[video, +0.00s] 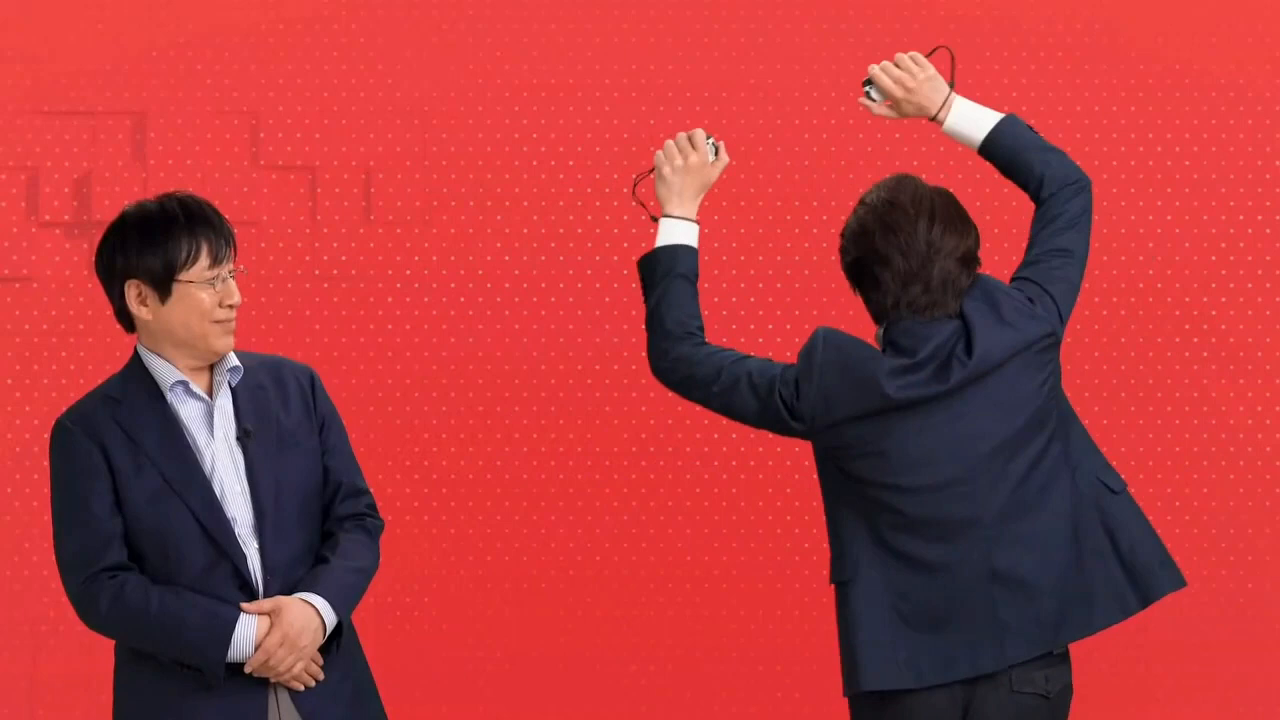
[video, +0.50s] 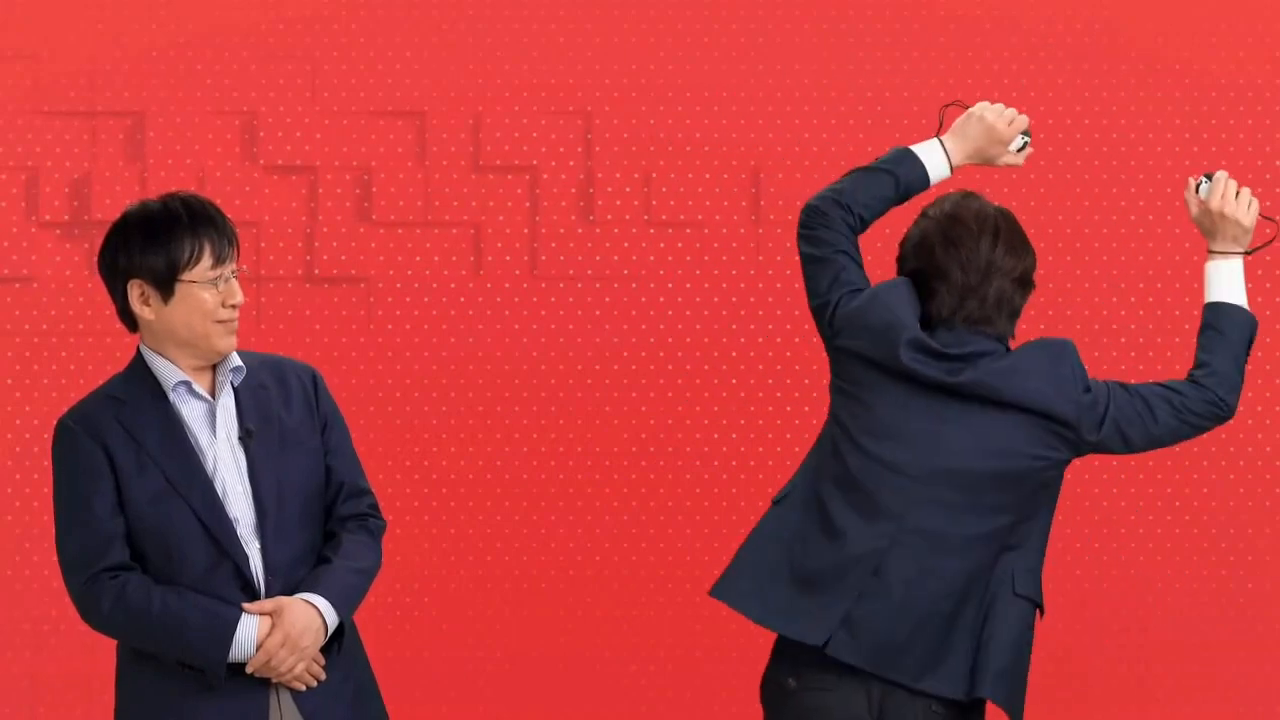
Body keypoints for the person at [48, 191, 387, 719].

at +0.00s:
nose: (233, 297)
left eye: (232, 277)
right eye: (210, 282)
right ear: (142, 300)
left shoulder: (296, 388)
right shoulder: (88, 433)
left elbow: (358, 522)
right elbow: (100, 590)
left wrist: (317, 611)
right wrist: (249, 638)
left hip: (331, 699)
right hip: (189, 706)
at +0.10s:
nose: (233, 297)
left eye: (232, 277)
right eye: (210, 282)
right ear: (143, 300)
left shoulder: (297, 388)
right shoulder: (88, 433)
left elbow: (358, 522)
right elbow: (100, 590)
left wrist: (317, 611)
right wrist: (249, 638)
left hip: (331, 699)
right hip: (189, 707)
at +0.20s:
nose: (234, 297)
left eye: (232, 277)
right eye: (210, 282)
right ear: (143, 300)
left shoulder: (297, 388)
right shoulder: (89, 433)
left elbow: (359, 522)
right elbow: (101, 590)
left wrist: (318, 612)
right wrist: (249, 638)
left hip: (332, 699)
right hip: (189, 707)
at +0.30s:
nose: (234, 298)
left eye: (233, 278)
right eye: (211, 282)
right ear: (143, 300)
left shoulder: (298, 389)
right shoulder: (90, 432)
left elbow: (359, 523)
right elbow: (101, 590)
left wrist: (318, 611)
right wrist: (249, 638)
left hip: (332, 699)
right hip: (190, 707)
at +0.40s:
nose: (235, 297)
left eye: (233, 277)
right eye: (210, 282)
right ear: (144, 301)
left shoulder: (299, 388)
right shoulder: (90, 433)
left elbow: (360, 522)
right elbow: (102, 590)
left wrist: (318, 612)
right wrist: (250, 638)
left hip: (332, 699)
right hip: (190, 707)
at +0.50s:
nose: (235, 297)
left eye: (234, 277)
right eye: (212, 282)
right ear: (145, 300)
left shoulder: (299, 388)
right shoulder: (90, 433)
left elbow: (360, 523)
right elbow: (103, 590)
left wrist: (319, 611)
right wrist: (250, 638)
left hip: (332, 699)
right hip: (191, 707)